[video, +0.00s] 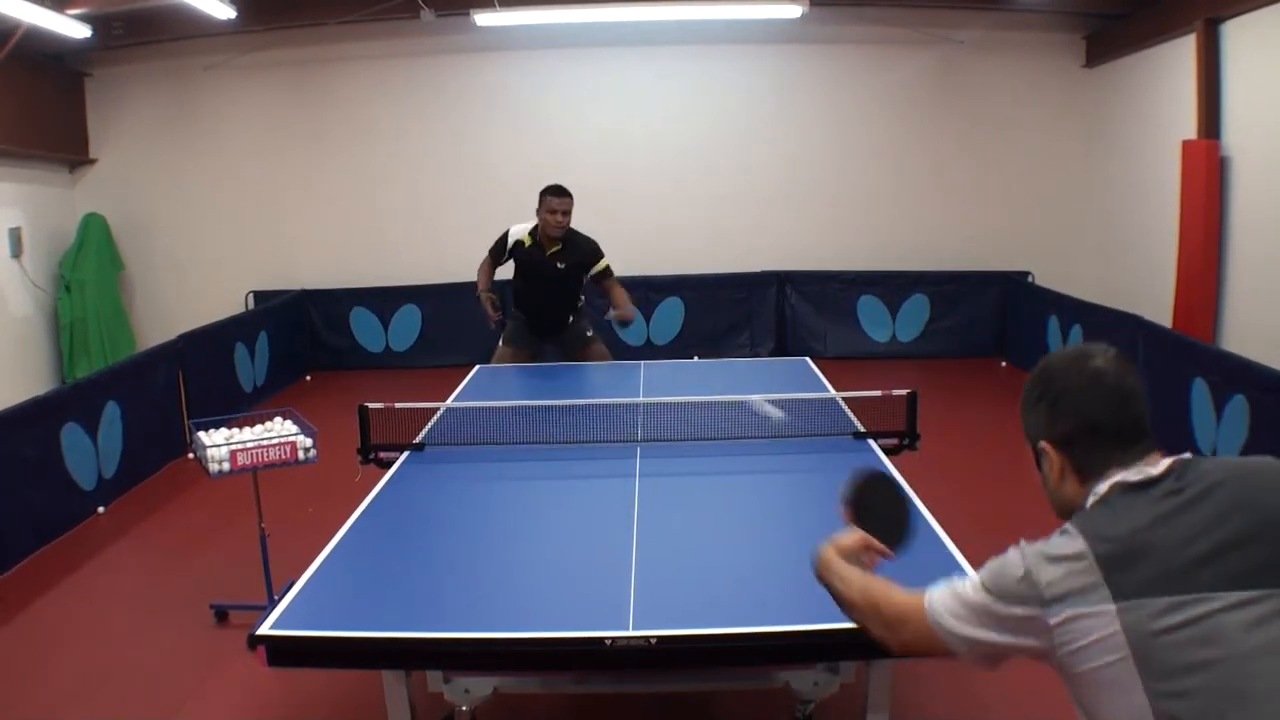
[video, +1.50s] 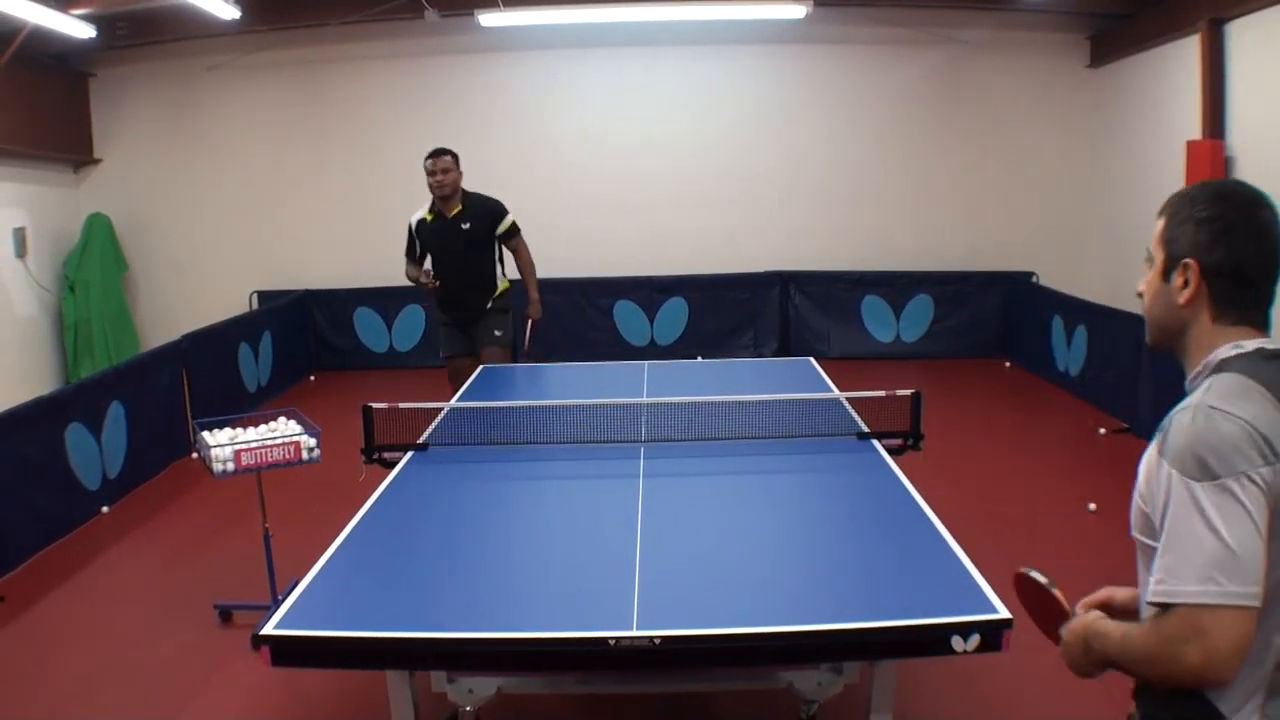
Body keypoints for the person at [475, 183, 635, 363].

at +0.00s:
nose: (559, 220)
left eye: (565, 214)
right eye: (552, 213)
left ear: (571, 215)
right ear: (538, 213)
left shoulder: (584, 247)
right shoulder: (517, 237)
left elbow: (610, 283)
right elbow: (489, 264)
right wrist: (483, 293)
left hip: (570, 323)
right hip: (525, 322)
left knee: (608, 375)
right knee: (497, 379)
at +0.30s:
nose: (520, 262)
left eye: (527, 256)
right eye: (514, 256)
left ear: (539, 250)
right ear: (507, 250)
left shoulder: (555, 267)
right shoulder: (502, 259)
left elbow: (574, 302)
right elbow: (458, 279)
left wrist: (541, 323)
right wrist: (473, 282)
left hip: (568, 335)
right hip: (528, 333)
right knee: (491, 375)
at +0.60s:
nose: (524, 205)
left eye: (530, 198)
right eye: (517, 199)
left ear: (540, 200)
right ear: (509, 201)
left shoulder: (562, 227)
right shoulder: (498, 234)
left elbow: (604, 246)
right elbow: (483, 262)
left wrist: (620, 262)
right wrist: (475, 285)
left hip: (562, 312)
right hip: (520, 314)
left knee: (595, 373)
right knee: (495, 377)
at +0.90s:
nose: (553, 191)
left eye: (559, 186)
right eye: (546, 185)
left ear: (568, 190)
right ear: (536, 188)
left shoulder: (584, 227)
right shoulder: (517, 222)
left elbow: (606, 265)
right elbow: (494, 255)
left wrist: (609, 298)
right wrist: (501, 284)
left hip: (569, 316)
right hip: (524, 313)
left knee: (594, 379)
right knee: (495, 377)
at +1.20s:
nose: (494, 197)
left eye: (501, 191)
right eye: (488, 192)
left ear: (513, 196)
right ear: (481, 196)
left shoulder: (535, 232)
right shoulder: (468, 238)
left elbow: (558, 275)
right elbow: (454, 272)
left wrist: (555, 324)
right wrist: (447, 291)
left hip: (531, 325)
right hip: (489, 325)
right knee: (481, 384)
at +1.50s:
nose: (438, 179)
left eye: (445, 172)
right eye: (432, 174)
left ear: (460, 174)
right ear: (426, 179)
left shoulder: (488, 209)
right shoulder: (420, 223)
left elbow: (520, 249)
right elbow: (411, 266)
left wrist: (533, 299)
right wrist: (420, 277)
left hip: (491, 305)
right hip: (450, 309)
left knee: (496, 375)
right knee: (461, 382)